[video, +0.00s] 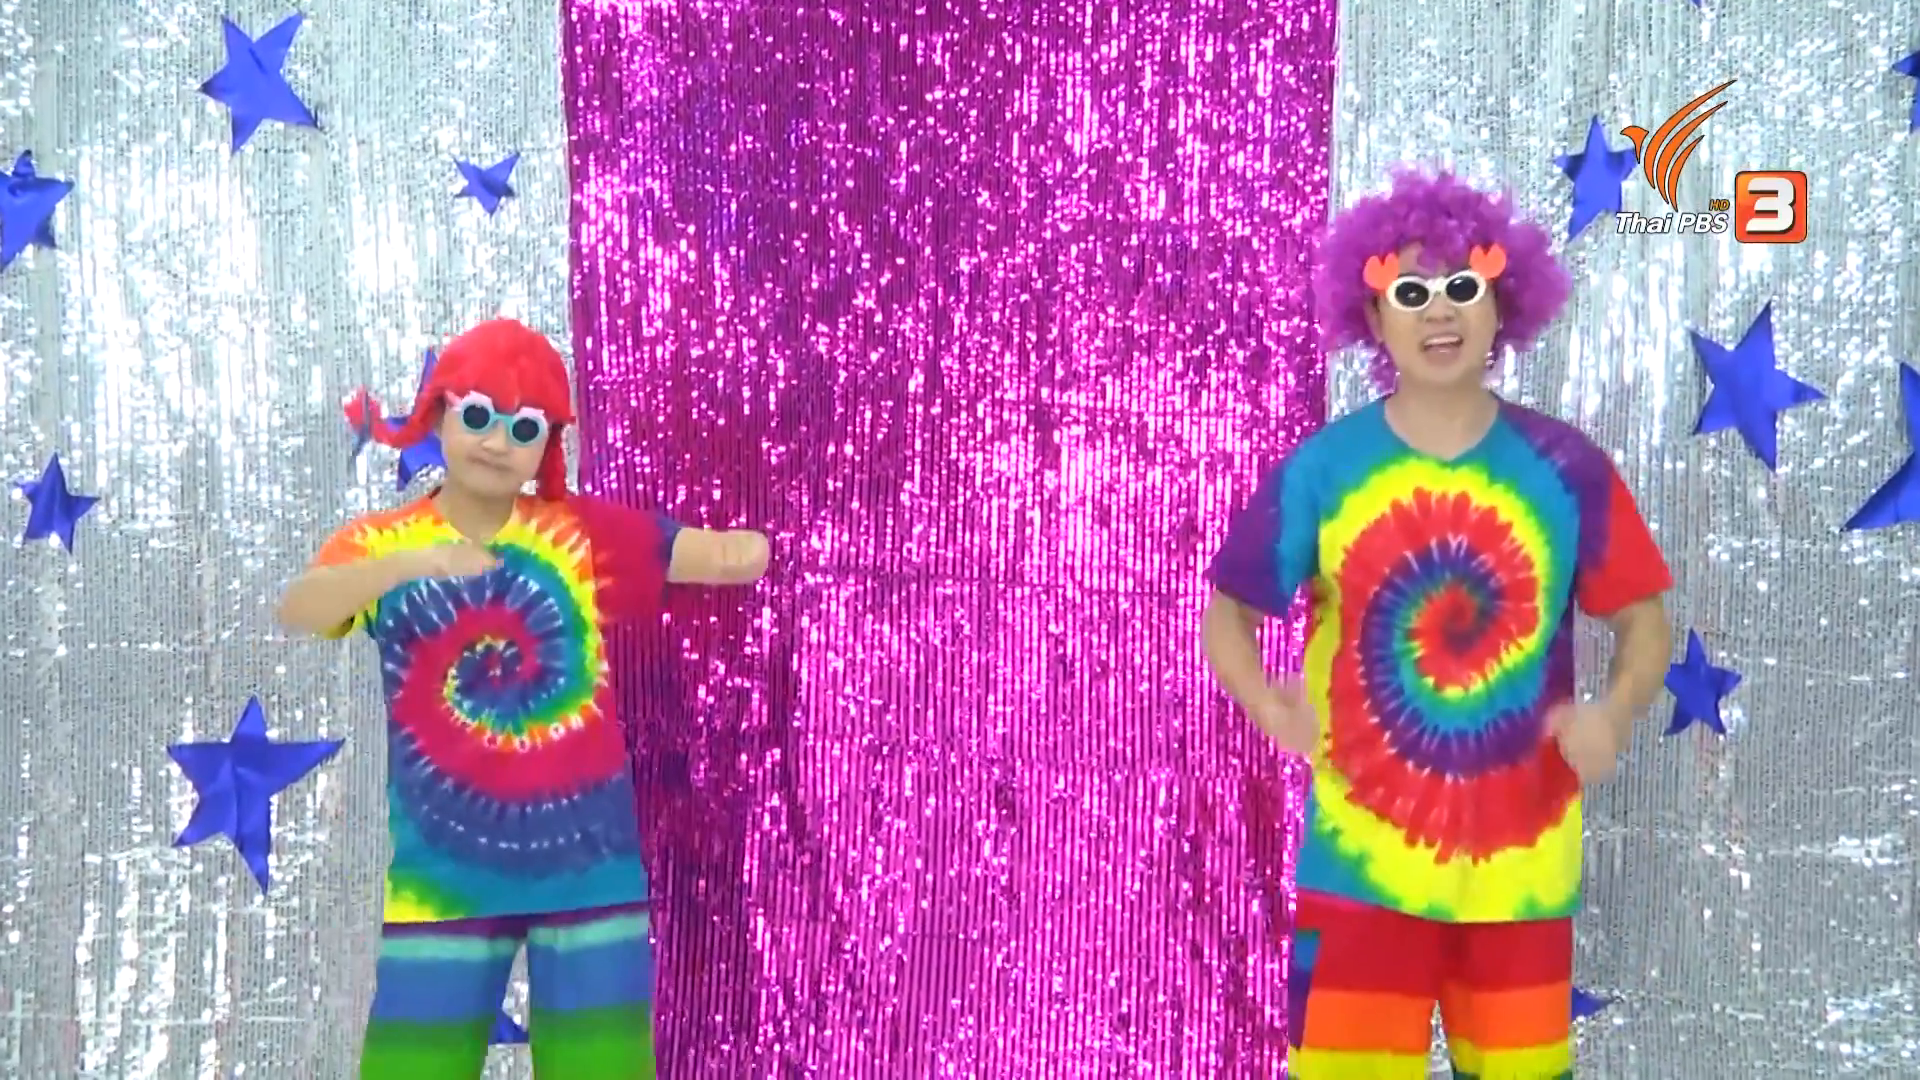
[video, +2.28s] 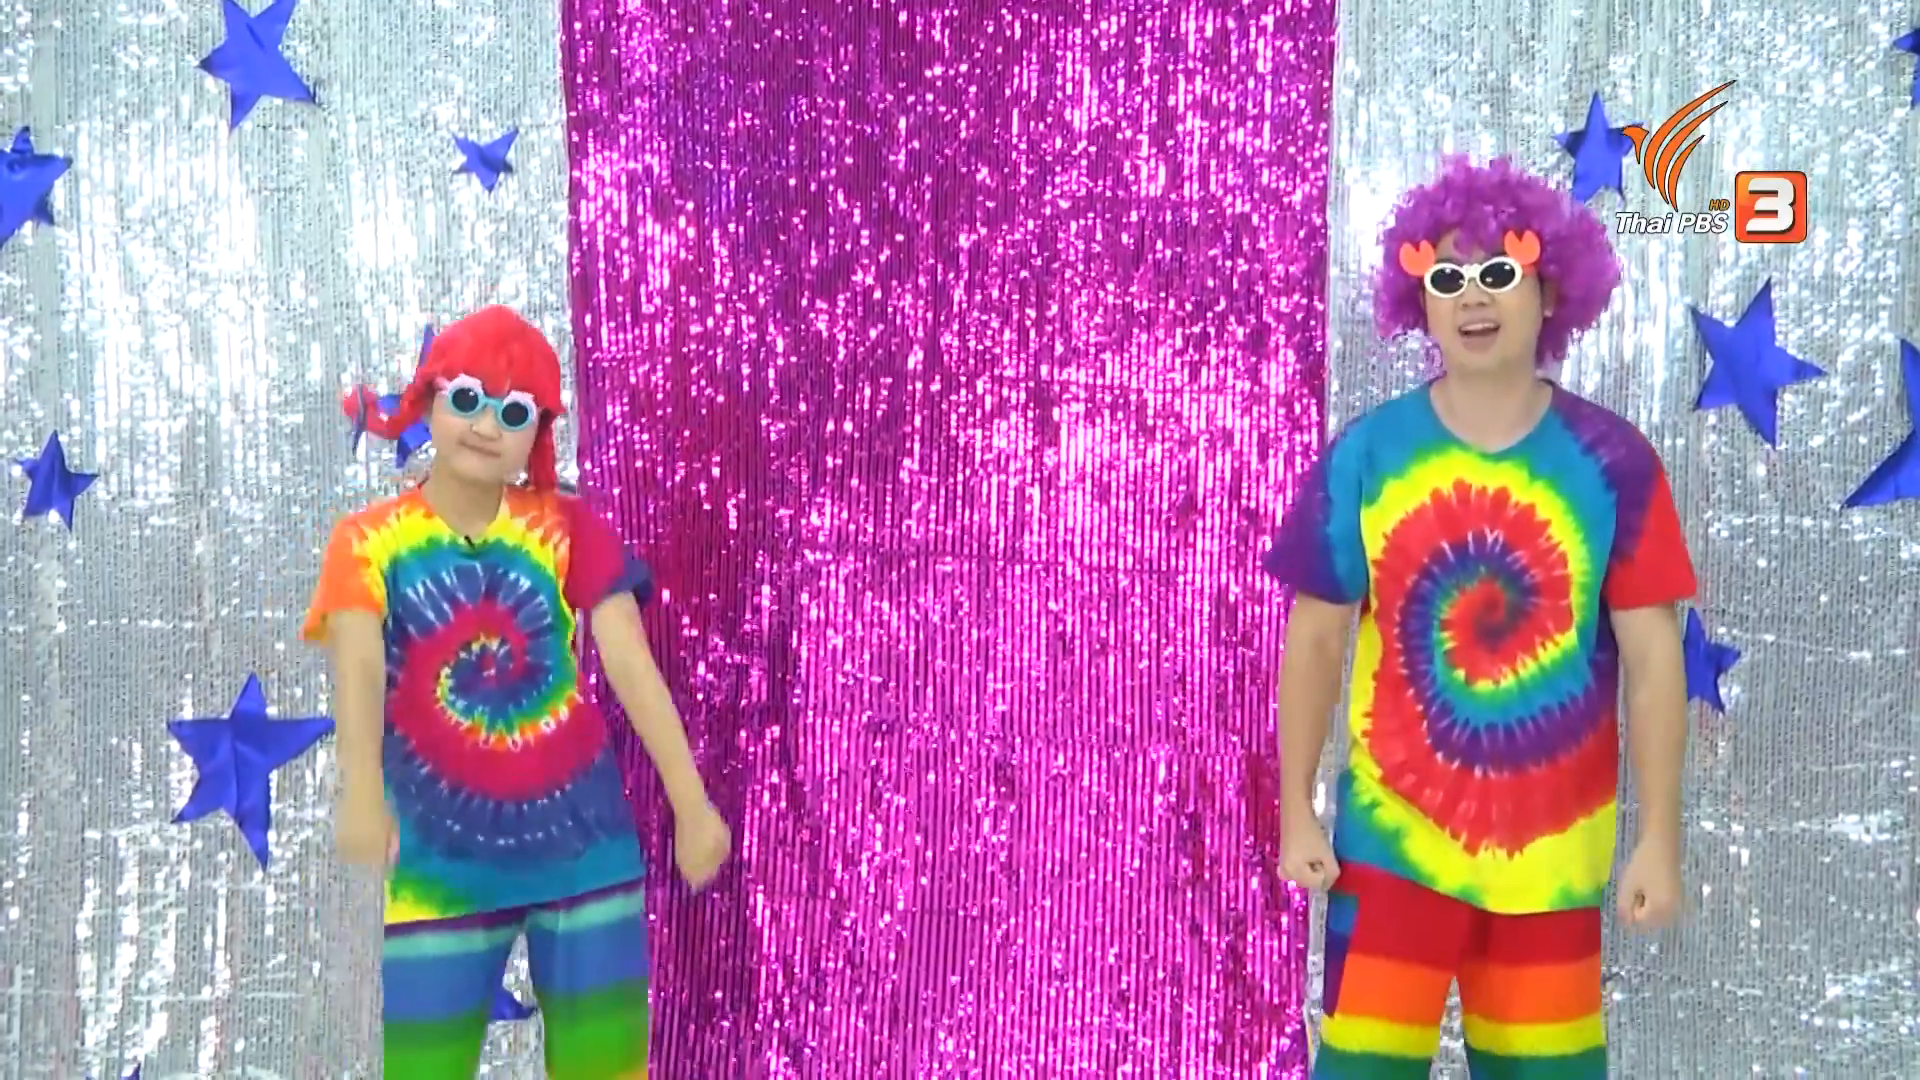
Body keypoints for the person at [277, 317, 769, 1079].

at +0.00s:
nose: (497, 439)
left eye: (523, 426)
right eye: (477, 415)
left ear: (549, 444)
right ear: (439, 422)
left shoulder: (590, 532)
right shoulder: (379, 542)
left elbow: (736, 554)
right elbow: (295, 610)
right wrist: (412, 565)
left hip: (593, 877)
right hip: (439, 879)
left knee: (602, 1067)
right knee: (411, 1070)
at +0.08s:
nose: (501, 446)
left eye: (528, 434)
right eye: (481, 419)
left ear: (550, 454)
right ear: (440, 424)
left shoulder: (581, 541)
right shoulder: (375, 544)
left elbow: (732, 578)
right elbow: (303, 625)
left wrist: (725, 528)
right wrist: (436, 542)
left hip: (602, 879)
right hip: (453, 887)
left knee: (615, 1067)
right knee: (428, 1069)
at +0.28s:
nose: (492, 452)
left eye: (518, 440)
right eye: (471, 427)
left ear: (537, 463)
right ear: (429, 434)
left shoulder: (565, 553)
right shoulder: (357, 563)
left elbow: (715, 623)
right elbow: (289, 662)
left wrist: (622, 549)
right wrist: (402, 549)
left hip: (599, 885)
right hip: (454, 898)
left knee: (631, 1067)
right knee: (444, 1070)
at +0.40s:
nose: (477, 436)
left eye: (500, 418)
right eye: (452, 415)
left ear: (528, 435)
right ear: (417, 430)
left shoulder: (569, 526)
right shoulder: (364, 543)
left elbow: (691, 602)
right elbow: (238, 620)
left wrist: (613, 574)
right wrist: (303, 572)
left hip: (571, 874)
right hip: (423, 882)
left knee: (615, 1066)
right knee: (407, 1071)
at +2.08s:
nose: (481, 407)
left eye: (506, 387)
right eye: (456, 386)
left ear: (538, 408)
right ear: (425, 403)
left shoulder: (577, 510)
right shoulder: (370, 513)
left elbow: (645, 575)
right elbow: (290, 624)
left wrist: (622, 622)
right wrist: (336, 563)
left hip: (550, 846)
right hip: (403, 847)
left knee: (570, 1058)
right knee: (374, 1058)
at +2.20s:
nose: (482, 410)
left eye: (509, 396)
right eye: (462, 386)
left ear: (534, 421)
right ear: (426, 397)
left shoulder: (568, 509)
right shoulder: (366, 518)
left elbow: (626, 617)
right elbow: (348, 606)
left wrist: (688, 727)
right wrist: (356, 682)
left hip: (568, 834)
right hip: (425, 838)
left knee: (593, 1052)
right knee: (400, 1055)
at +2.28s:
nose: (486, 423)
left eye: (513, 412)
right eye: (466, 398)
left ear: (537, 436)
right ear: (428, 410)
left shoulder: (572, 528)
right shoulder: (368, 539)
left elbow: (632, 668)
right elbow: (358, 679)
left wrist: (691, 804)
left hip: (587, 853)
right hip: (437, 861)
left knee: (606, 1063)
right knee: (424, 1065)